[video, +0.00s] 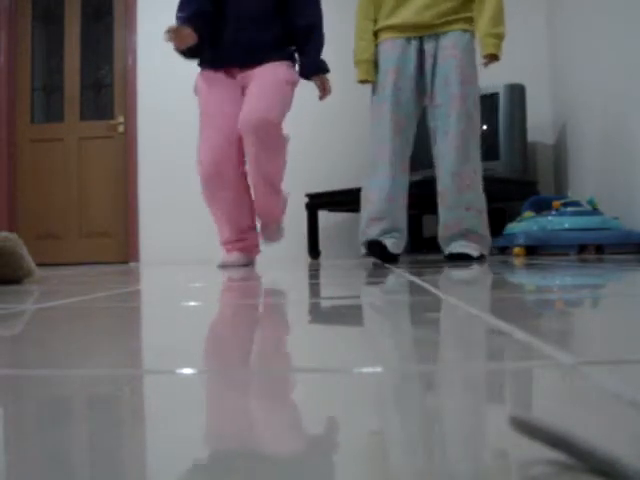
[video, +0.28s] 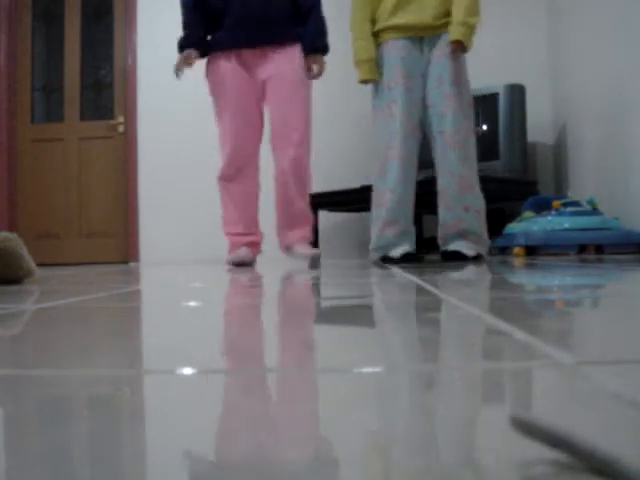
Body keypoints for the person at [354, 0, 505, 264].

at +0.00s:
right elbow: (367, 4)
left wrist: (490, 29)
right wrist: (364, 51)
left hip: (454, 21)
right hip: (394, 25)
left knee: (456, 136)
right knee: (388, 137)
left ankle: (464, 240)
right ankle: (384, 238)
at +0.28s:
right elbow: (361, 4)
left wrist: (463, 21)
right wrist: (364, 51)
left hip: (445, 27)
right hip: (393, 31)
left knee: (453, 138)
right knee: (396, 140)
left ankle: (462, 239)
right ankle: (393, 242)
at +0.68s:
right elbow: (376, 2)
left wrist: (496, 21)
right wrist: (380, 44)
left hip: (466, 26)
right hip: (409, 29)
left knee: (474, 133)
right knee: (413, 139)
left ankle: (481, 237)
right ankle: (418, 242)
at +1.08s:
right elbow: (377, 2)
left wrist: (495, 32)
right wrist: (377, 45)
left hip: (462, 26)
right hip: (406, 28)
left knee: (466, 132)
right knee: (409, 135)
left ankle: (471, 236)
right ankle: (409, 242)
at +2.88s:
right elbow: (372, 4)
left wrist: (467, 23)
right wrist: (366, 52)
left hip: (447, 33)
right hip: (393, 37)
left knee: (453, 141)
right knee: (386, 144)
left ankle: (463, 242)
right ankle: (384, 245)